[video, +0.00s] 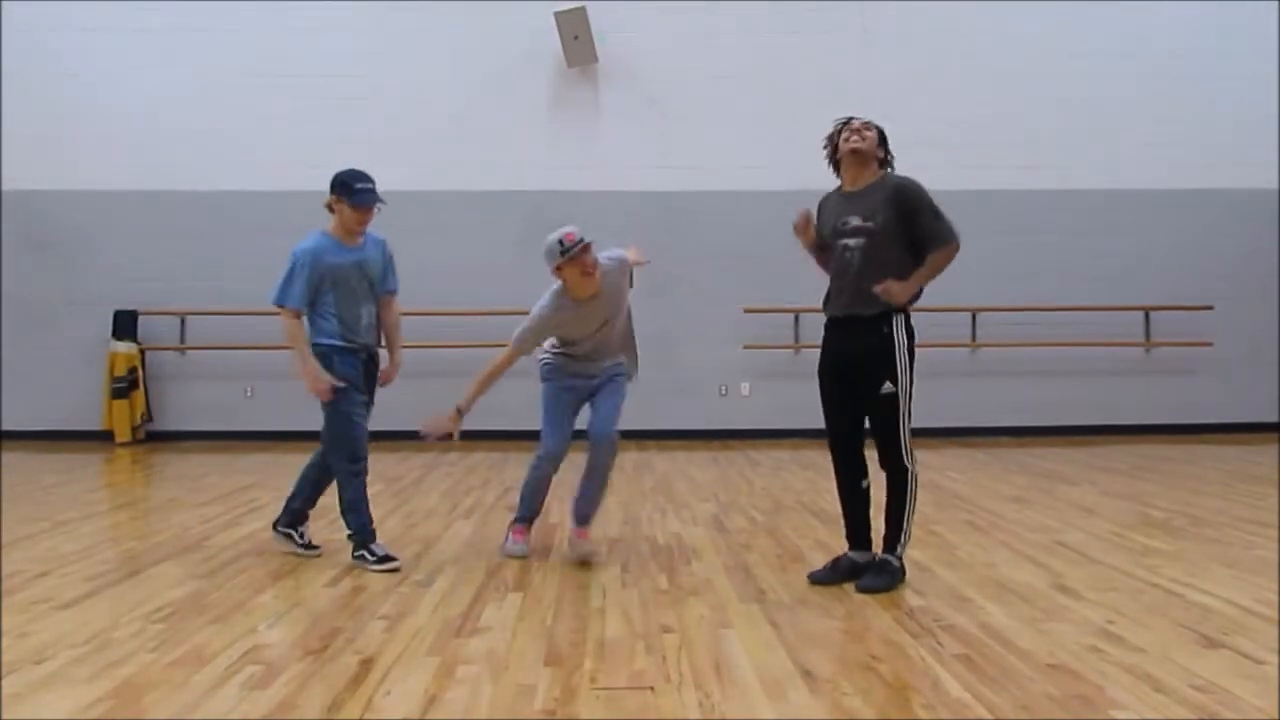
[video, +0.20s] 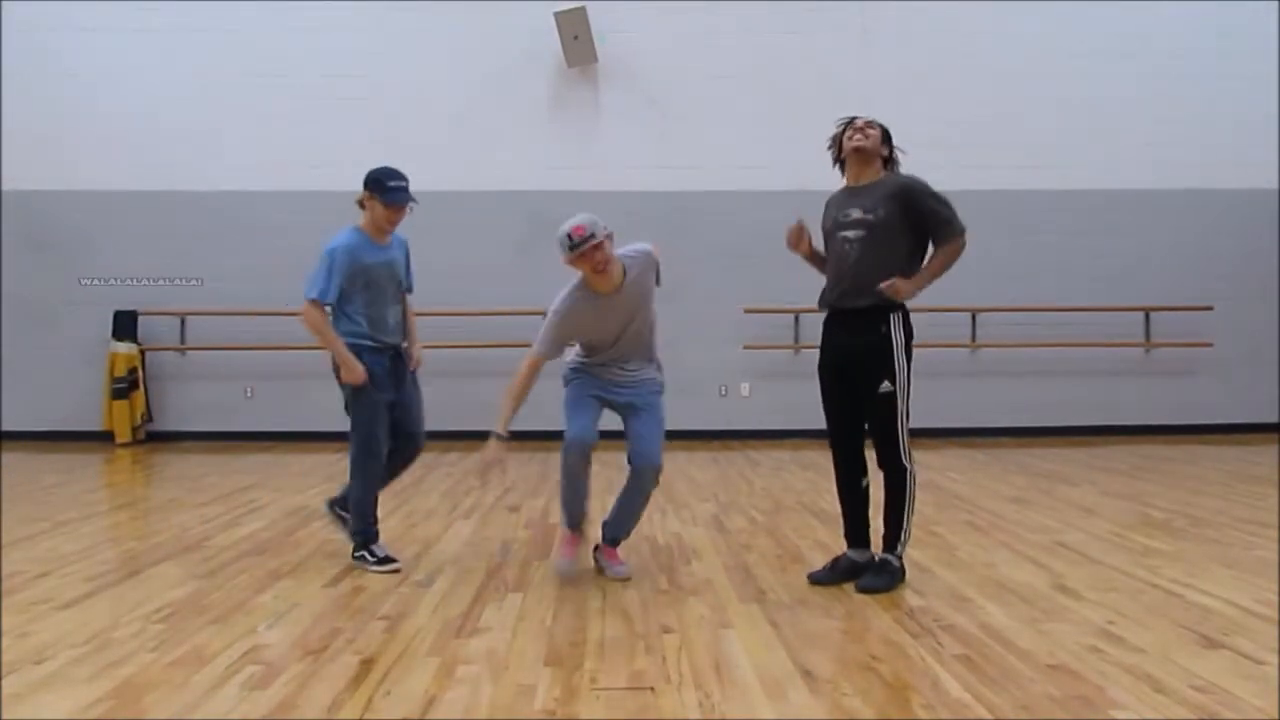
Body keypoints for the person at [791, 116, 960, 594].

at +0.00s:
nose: (857, 132)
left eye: (867, 130)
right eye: (848, 129)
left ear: (882, 153)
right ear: (834, 152)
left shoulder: (900, 191)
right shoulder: (830, 203)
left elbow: (947, 244)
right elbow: (836, 267)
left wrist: (912, 283)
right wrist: (812, 243)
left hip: (886, 329)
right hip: (839, 331)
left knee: (892, 447)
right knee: (844, 446)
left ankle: (893, 557)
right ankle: (858, 551)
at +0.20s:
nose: (860, 130)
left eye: (871, 128)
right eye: (851, 127)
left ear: (886, 151)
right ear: (839, 150)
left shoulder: (904, 189)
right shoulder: (835, 202)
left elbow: (954, 239)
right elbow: (838, 272)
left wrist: (916, 282)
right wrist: (808, 252)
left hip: (884, 324)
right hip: (838, 327)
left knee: (890, 445)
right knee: (845, 444)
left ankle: (893, 557)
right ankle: (857, 550)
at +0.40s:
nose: (854, 125)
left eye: (867, 121)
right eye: (850, 123)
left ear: (889, 141)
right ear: (842, 142)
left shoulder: (902, 181)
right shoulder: (838, 191)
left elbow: (937, 246)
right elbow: (850, 250)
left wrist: (883, 210)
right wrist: (825, 255)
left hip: (883, 320)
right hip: (838, 322)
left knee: (891, 442)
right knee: (843, 442)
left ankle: (894, 555)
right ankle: (857, 548)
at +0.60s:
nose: (846, 134)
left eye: (859, 130)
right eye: (846, 130)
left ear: (882, 148)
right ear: (846, 147)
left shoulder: (901, 197)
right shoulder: (839, 202)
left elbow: (924, 267)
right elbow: (847, 271)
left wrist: (870, 274)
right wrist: (819, 268)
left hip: (882, 330)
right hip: (839, 330)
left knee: (890, 448)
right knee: (839, 445)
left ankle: (894, 557)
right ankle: (858, 551)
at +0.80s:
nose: (835, 140)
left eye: (846, 132)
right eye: (834, 134)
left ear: (874, 143)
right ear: (839, 148)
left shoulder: (898, 186)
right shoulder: (843, 199)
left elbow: (949, 238)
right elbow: (846, 255)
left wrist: (897, 275)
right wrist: (817, 234)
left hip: (877, 324)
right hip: (837, 327)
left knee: (888, 443)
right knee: (843, 444)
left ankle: (894, 556)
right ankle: (857, 550)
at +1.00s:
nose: (836, 139)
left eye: (847, 132)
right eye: (835, 134)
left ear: (875, 144)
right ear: (839, 148)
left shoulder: (893, 185)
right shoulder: (841, 200)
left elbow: (933, 245)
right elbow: (853, 271)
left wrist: (868, 231)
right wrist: (824, 263)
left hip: (879, 326)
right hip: (838, 327)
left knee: (889, 444)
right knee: (841, 442)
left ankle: (893, 556)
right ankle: (858, 550)